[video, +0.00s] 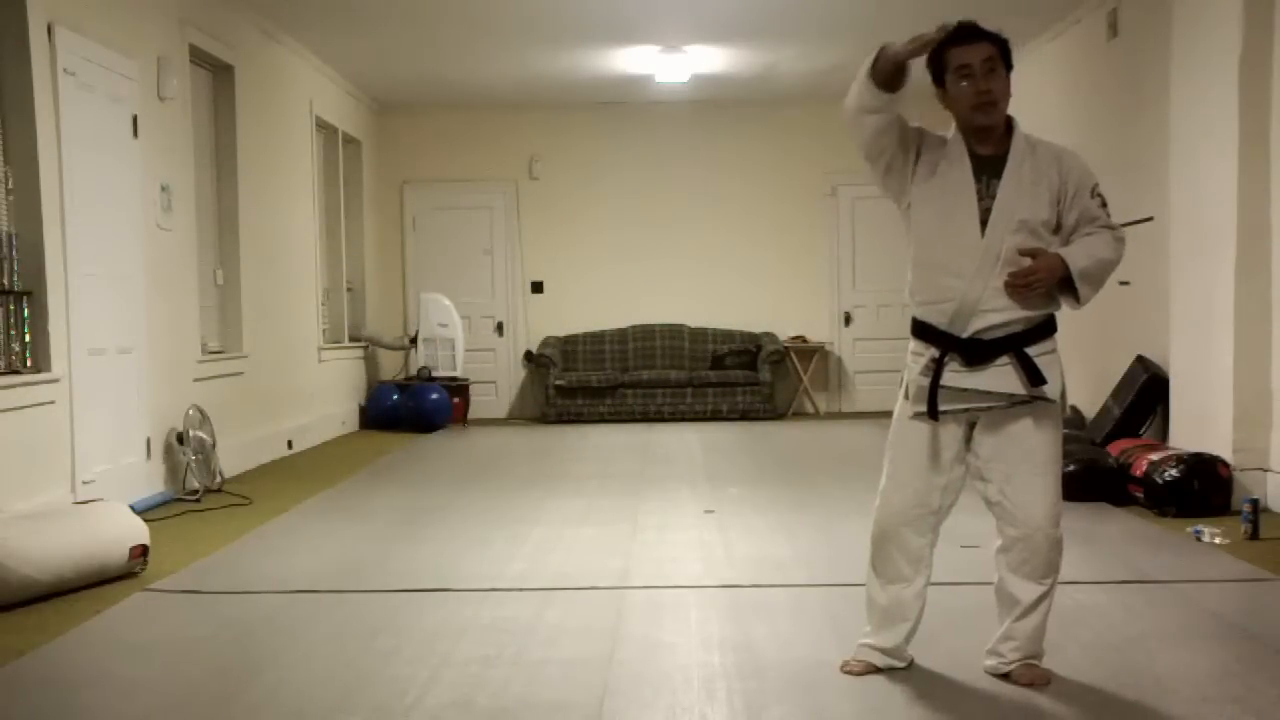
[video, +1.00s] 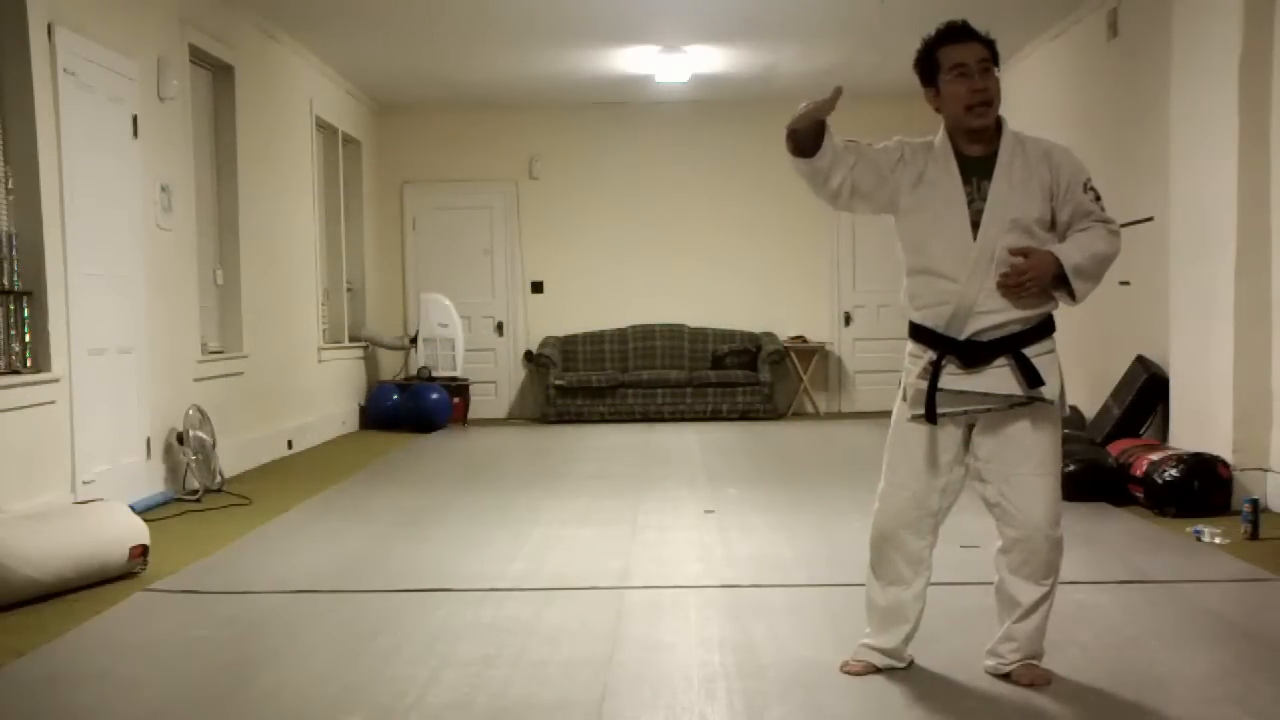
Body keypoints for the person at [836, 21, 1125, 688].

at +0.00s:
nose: (981, 85)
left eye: (991, 70)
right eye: (962, 76)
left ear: (1009, 80)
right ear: (941, 94)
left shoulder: (1059, 167)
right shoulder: (918, 162)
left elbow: (1106, 241)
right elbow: (869, 119)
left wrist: (1064, 266)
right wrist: (888, 62)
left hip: (1023, 367)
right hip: (933, 366)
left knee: (1035, 525)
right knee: (900, 516)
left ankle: (1017, 653)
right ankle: (884, 641)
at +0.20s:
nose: (976, 84)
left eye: (986, 70)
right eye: (957, 74)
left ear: (1001, 81)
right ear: (933, 93)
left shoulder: (1052, 164)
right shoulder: (912, 162)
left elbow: (1102, 238)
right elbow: (855, 153)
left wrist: (1058, 264)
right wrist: (841, 100)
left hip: (1021, 366)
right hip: (931, 366)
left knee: (1034, 525)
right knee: (899, 515)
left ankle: (1016, 654)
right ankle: (884, 642)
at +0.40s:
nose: (974, 82)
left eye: (983, 68)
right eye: (956, 74)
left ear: (998, 80)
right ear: (930, 95)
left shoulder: (1049, 163)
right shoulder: (907, 164)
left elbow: (1100, 235)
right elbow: (841, 165)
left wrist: (1057, 262)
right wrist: (812, 124)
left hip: (1020, 369)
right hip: (931, 369)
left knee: (1033, 526)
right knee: (897, 518)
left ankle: (1016, 653)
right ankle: (884, 643)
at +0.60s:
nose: (973, 83)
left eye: (981, 69)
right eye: (955, 73)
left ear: (997, 82)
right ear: (929, 95)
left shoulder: (1048, 162)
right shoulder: (907, 163)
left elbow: (1098, 234)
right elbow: (843, 169)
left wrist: (1057, 262)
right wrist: (800, 138)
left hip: (1021, 369)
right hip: (932, 370)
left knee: (1033, 527)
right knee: (898, 518)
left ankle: (1017, 654)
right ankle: (884, 643)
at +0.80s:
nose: (974, 82)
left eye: (982, 69)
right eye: (955, 73)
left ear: (998, 81)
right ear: (930, 95)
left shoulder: (1048, 161)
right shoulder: (907, 162)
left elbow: (1099, 235)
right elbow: (840, 172)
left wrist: (1058, 262)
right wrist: (802, 141)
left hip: (1021, 369)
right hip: (933, 370)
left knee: (1034, 527)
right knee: (898, 519)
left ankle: (1017, 653)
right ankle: (884, 643)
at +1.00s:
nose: (979, 84)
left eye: (986, 69)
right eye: (959, 74)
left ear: (1000, 80)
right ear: (932, 95)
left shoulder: (1050, 162)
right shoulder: (909, 163)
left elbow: (1101, 234)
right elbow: (844, 175)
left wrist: (1060, 262)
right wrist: (808, 140)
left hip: (1022, 370)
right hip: (933, 370)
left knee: (1036, 528)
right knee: (899, 519)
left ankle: (1017, 654)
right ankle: (884, 643)